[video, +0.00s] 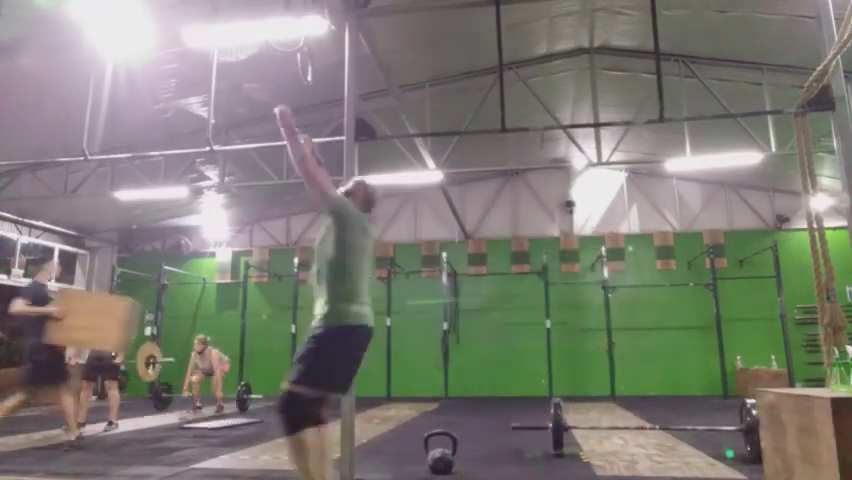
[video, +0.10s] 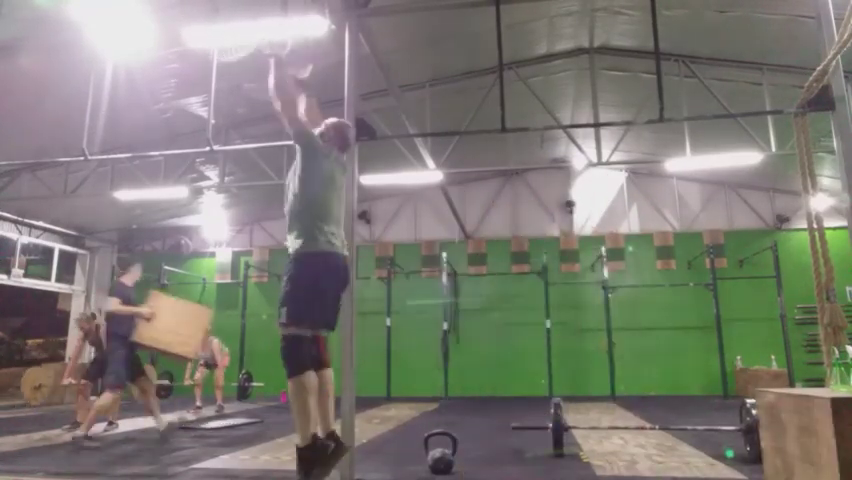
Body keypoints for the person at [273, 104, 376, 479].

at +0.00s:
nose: (343, 188)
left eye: (352, 187)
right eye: (347, 185)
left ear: (363, 202)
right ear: (351, 199)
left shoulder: (352, 219)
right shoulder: (349, 222)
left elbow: (308, 175)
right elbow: (326, 184)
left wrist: (287, 129)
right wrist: (311, 152)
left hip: (342, 325)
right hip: (344, 325)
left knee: (292, 405)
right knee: (315, 407)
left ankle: (308, 473)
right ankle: (322, 472)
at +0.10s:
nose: (323, 121)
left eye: (329, 122)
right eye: (330, 120)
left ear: (331, 135)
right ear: (341, 142)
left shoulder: (316, 150)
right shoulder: (336, 160)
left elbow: (283, 107)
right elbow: (307, 115)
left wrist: (272, 64)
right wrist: (300, 83)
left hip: (311, 257)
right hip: (333, 259)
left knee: (295, 345)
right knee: (316, 345)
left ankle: (307, 443)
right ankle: (326, 435)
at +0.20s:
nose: (311, 135)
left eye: (318, 133)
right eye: (316, 132)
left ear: (324, 141)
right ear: (336, 146)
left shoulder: (314, 162)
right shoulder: (337, 170)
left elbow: (292, 113)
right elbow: (319, 124)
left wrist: (289, 70)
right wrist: (311, 86)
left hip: (314, 269)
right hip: (337, 272)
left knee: (268, 346)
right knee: (288, 348)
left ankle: (247, 431)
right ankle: (272, 431)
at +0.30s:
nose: (318, 131)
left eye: (327, 129)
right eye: (320, 127)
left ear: (337, 140)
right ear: (331, 140)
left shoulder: (324, 163)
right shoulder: (328, 167)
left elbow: (307, 102)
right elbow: (329, 118)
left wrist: (314, 55)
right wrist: (333, 83)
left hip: (286, 272)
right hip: (295, 272)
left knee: (235, 346)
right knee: (244, 346)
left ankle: (196, 430)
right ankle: (210, 426)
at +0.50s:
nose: (270, 141)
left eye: (272, 139)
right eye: (272, 138)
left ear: (274, 150)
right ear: (287, 151)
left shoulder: (268, 171)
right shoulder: (291, 176)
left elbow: (252, 122)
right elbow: (282, 129)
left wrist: (258, 78)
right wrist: (287, 88)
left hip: (259, 276)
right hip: (282, 277)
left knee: (240, 361)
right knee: (260, 364)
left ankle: (249, 452)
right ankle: (255, 448)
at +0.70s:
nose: (351, 133)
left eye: (355, 131)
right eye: (353, 129)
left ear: (359, 138)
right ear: (377, 147)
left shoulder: (348, 158)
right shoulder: (374, 177)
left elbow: (329, 103)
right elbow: (357, 123)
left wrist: (327, 61)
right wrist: (358, 89)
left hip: (288, 237)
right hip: (308, 247)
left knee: (285, 141)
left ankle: (229, 134)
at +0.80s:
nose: (272, 151)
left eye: (276, 148)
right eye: (277, 148)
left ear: (281, 158)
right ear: (290, 160)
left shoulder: (281, 176)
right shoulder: (296, 179)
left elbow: (271, 124)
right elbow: (297, 133)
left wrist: (275, 79)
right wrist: (299, 95)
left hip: (285, 277)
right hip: (300, 275)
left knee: (288, 380)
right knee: (291, 373)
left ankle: (322, 449)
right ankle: (321, 446)